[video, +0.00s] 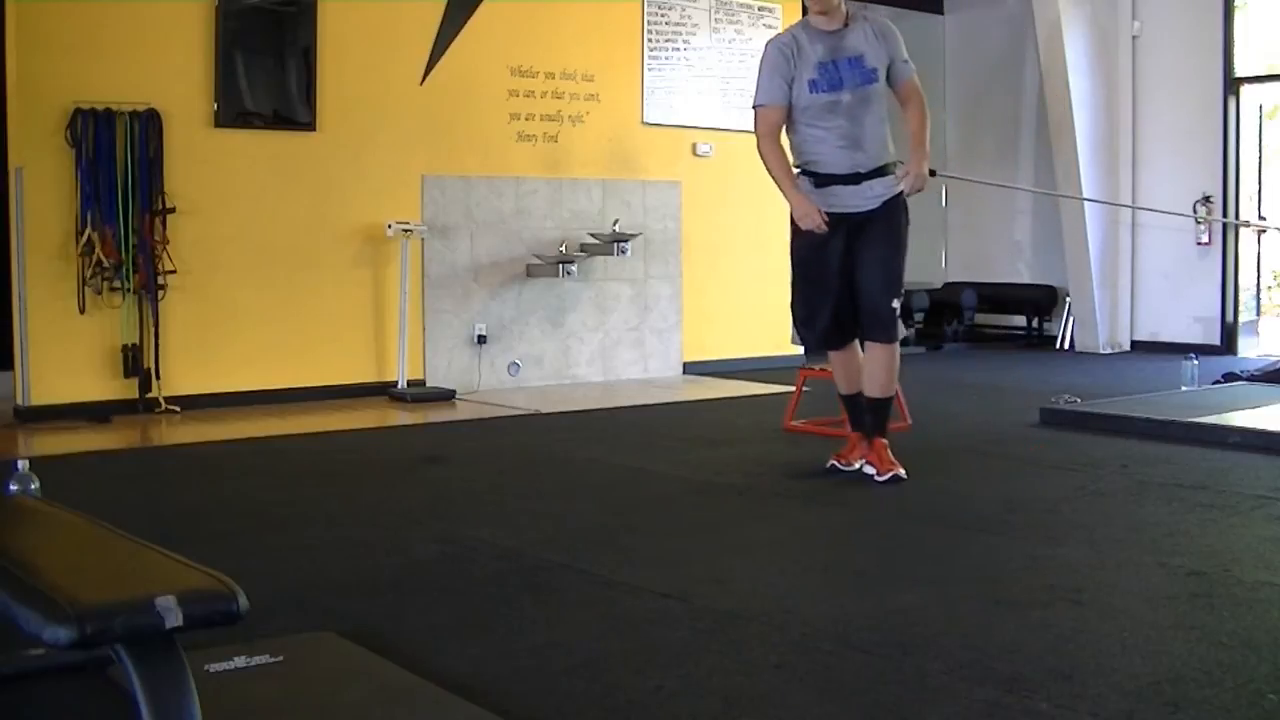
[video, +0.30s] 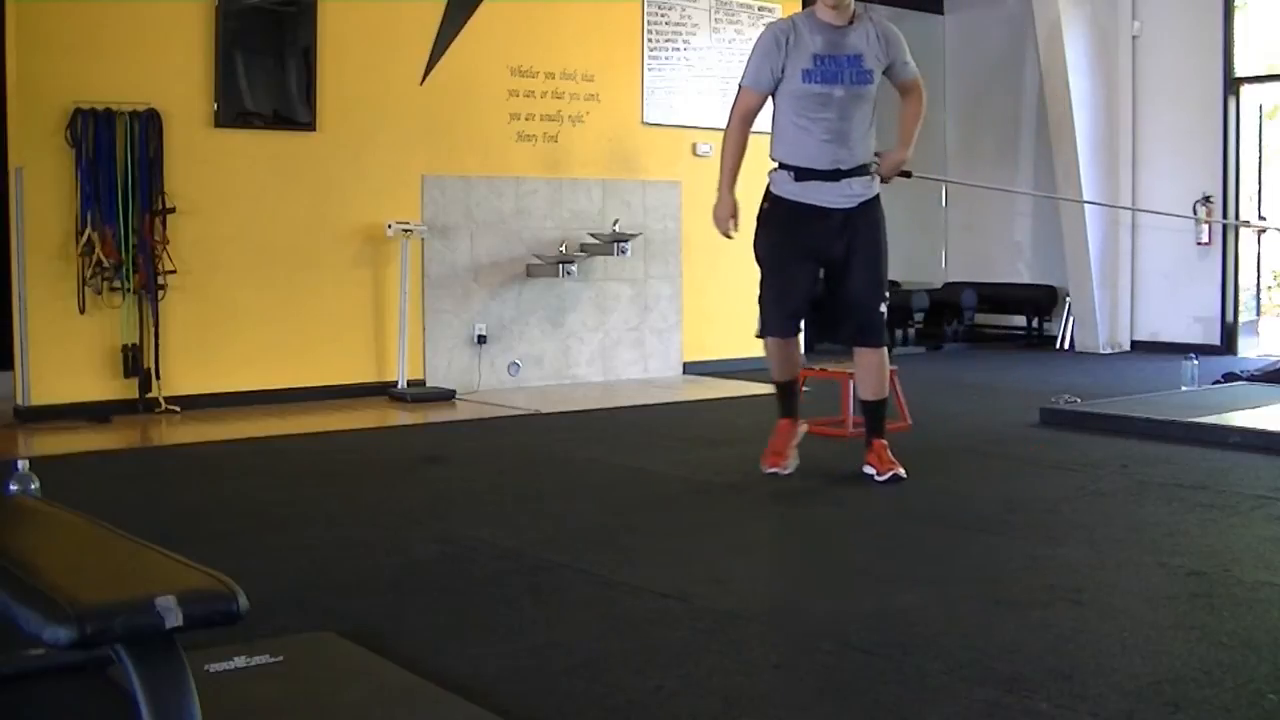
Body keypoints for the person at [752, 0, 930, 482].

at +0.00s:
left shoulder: (879, 31)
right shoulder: (784, 50)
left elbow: (911, 97)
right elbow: (767, 136)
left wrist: (919, 154)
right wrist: (794, 197)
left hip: (881, 201)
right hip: (819, 207)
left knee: (881, 319)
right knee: (833, 327)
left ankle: (878, 441)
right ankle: (858, 437)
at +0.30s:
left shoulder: (881, 33)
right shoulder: (781, 37)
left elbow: (912, 91)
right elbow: (742, 116)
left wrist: (903, 150)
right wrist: (725, 191)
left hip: (859, 205)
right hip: (791, 203)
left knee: (869, 325)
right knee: (778, 322)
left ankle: (876, 445)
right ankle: (787, 422)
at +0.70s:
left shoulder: (836, 38)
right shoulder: (737, 46)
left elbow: (850, 91)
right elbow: (690, 124)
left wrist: (850, 155)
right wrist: (670, 198)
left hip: (820, 212)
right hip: (753, 212)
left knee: (845, 332)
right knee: (741, 335)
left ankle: (872, 447)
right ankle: (714, 460)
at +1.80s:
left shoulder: (801, 29)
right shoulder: (732, 25)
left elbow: (805, 105)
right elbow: (708, 110)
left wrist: (844, 150)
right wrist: (737, 184)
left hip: (814, 191)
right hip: (769, 191)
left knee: (815, 317)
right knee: (803, 313)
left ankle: (805, 449)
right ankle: (795, 453)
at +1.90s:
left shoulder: (810, 25)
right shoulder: (745, 26)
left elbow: (816, 100)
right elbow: (714, 110)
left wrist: (856, 147)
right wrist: (749, 180)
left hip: (826, 192)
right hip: (781, 193)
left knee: (814, 322)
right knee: (830, 314)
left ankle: (800, 452)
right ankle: (853, 451)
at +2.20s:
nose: (873, 3)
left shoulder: (861, 34)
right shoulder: (797, 47)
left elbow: (852, 94)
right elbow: (750, 128)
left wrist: (877, 120)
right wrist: (749, 204)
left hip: (871, 201)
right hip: (832, 203)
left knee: (863, 329)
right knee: (882, 323)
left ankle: (813, 443)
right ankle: (909, 452)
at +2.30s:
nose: (897, 7)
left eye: (897, 2)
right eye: (892, 0)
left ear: (871, 3)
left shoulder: (878, 44)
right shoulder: (820, 51)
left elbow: (869, 125)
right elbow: (780, 138)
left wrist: (882, 185)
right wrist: (763, 216)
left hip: (884, 200)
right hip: (845, 203)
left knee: (913, 318)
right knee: (898, 323)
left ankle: (843, 418)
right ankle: (914, 452)